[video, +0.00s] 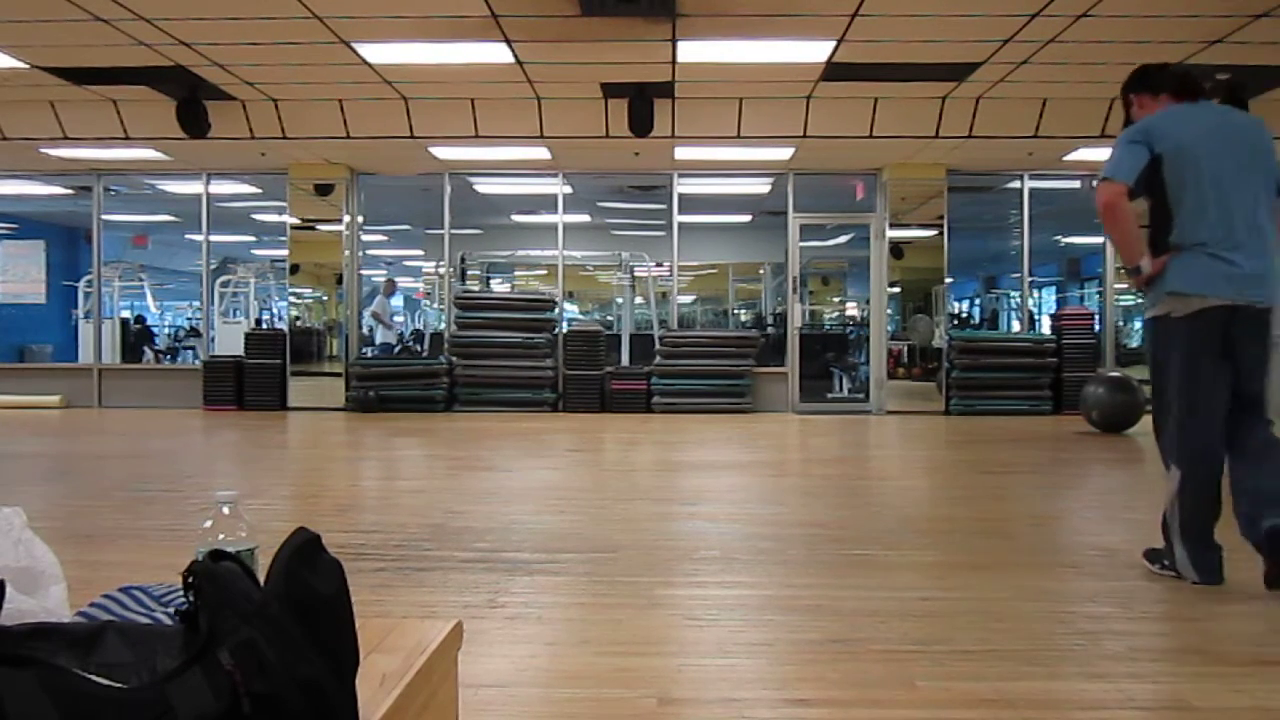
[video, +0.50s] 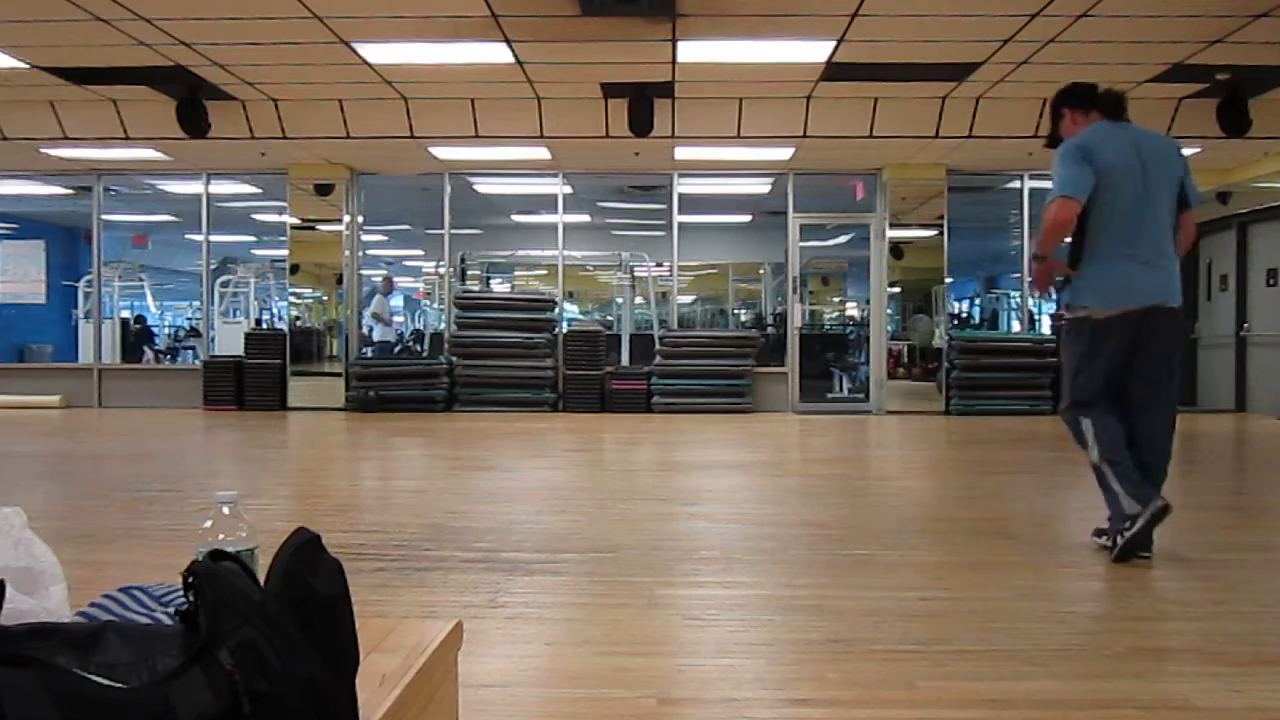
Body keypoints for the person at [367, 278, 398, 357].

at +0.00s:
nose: (395, 290)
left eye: (395, 287)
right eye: (393, 287)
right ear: (386, 287)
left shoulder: (387, 301)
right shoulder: (381, 299)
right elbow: (374, 313)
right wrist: (387, 324)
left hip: (390, 337)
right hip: (384, 337)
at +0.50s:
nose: (392, 288)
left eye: (392, 285)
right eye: (390, 285)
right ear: (384, 286)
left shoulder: (385, 299)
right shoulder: (379, 298)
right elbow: (374, 313)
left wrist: (389, 321)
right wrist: (385, 321)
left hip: (388, 337)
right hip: (382, 337)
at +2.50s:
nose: (386, 289)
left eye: (386, 286)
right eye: (384, 286)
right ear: (378, 286)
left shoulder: (380, 300)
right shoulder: (373, 299)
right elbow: (367, 314)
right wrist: (381, 322)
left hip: (384, 337)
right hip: (377, 338)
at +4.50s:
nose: (386, 288)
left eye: (386, 285)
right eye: (384, 285)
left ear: (385, 286)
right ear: (378, 286)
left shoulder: (381, 301)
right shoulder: (373, 299)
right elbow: (366, 314)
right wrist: (380, 323)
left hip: (385, 338)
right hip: (377, 338)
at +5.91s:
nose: (386, 288)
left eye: (386, 285)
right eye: (384, 285)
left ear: (385, 287)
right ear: (378, 286)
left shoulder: (381, 301)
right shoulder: (372, 299)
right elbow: (365, 315)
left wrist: (385, 323)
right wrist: (379, 324)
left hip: (384, 338)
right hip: (375, 338)